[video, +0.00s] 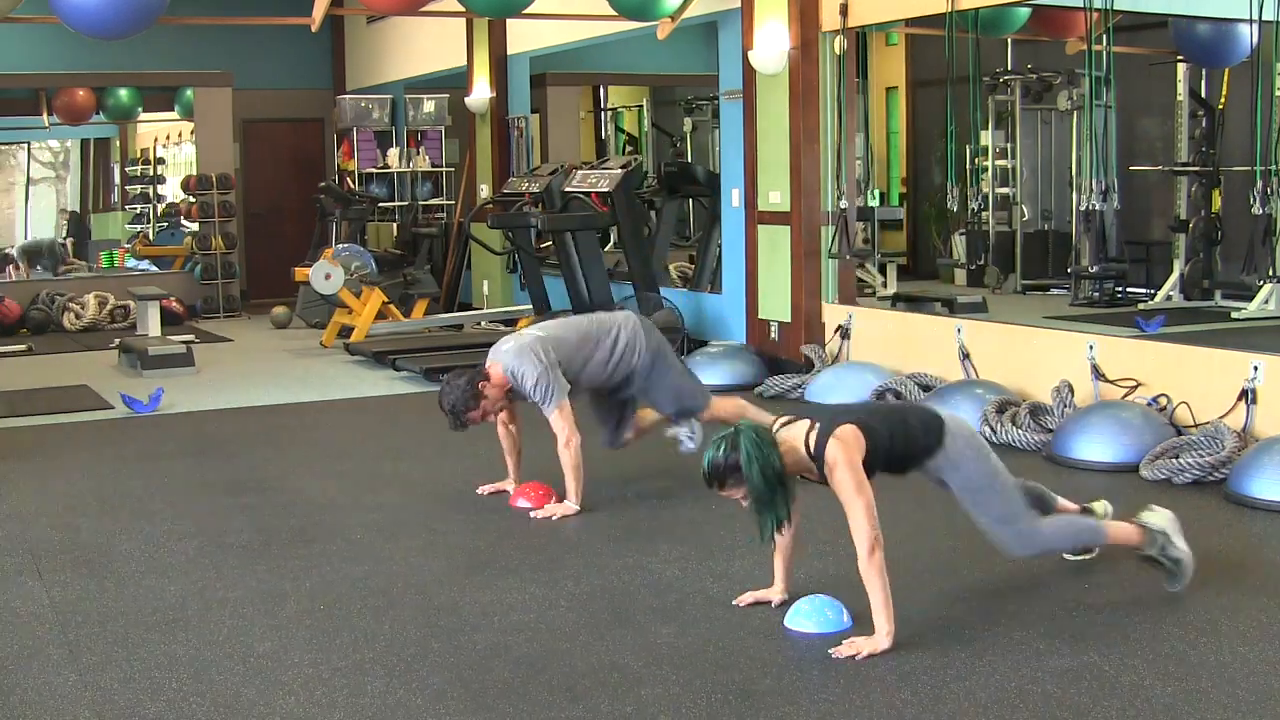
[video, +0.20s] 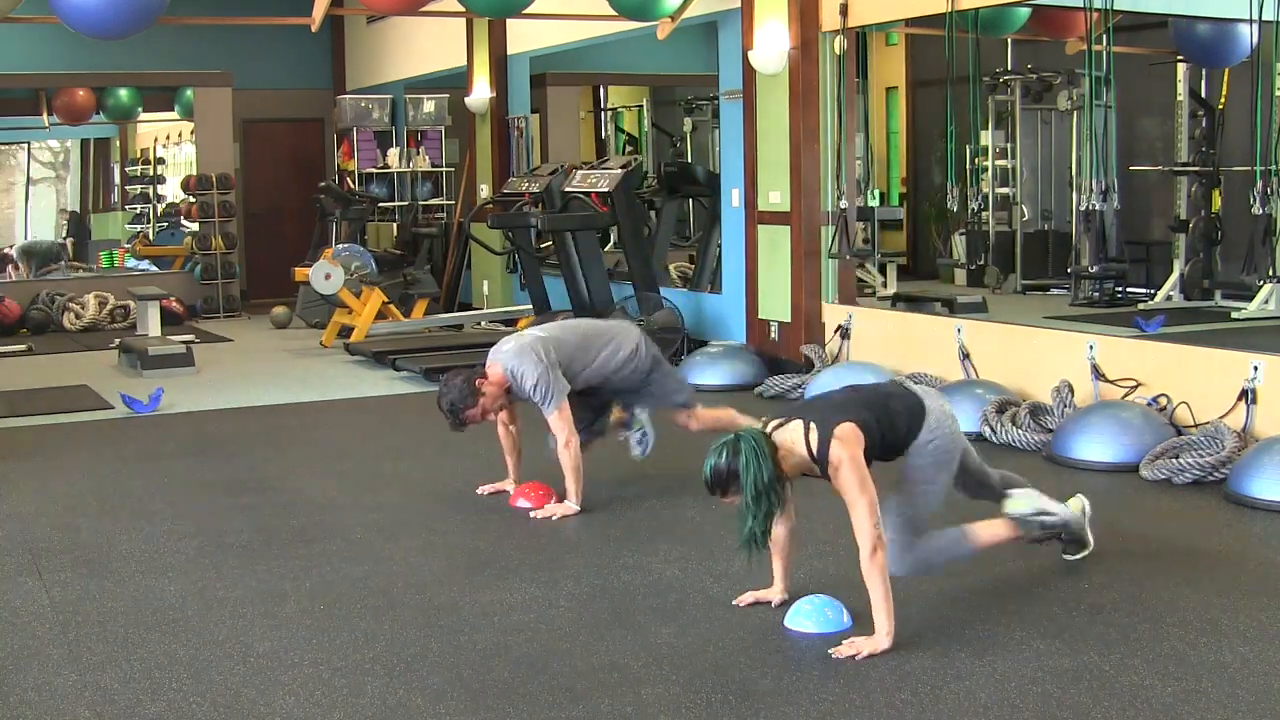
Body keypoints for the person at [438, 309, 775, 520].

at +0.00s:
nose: (491, 418)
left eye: (485, 414)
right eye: (484, 418)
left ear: (485, 388)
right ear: (482, 387)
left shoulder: (529, 365)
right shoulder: (496, 371)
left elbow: (566, 435)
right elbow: (507, 423)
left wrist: (573, 502)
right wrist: (513, 481)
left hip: (632, 341)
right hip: (601, 369)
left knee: (697, 405)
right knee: (619, 433)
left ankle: (783, 426)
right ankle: (677, 413)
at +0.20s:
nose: (490, 421)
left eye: (484, 415)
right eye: (483, 420)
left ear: (482, 392)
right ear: (477, 389)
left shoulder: (530, 368)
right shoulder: (494, 371)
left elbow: (566, 439)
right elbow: (507, 423)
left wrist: (573, 501)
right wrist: (512, 480)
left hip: (631, 355)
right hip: (591, 371)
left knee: (692, 420)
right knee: (572, 437)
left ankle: (764, 428)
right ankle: (627, 418)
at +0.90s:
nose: (486, 425)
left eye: (481, 420)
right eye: (480, 424)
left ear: (486, 396)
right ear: (481, 394)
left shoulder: (530, 373)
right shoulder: (492, 372)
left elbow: (567, 439)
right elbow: (506, 425)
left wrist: (573, 502)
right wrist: (513, 479)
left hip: (633, 341)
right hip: (606, 366)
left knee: (700, 403)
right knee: (632, 426)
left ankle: (781, 424)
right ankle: (695, 404)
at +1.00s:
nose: (487, 423)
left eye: (482, 418)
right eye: (481, 422)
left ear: (486, 396)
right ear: (480, 393)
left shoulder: (531, 371)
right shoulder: (494, 374)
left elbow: (570, 441)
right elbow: (507, 425)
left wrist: (574, 502)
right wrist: (514, 479)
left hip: (636, 356)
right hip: (610, 375)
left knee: (708, 428)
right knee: (657, 431)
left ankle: (782, 433)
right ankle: (725, 416)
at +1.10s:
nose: (487, 419)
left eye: (483, 414)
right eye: (481, 417)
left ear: (491, 393)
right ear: (483, 388)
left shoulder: (539, 369)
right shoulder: (501, 373)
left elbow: (576, 440)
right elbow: (512, 423)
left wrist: (574, 502)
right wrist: (514, 479)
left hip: (643, 386)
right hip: (617, 402)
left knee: (712, 452)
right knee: (669, 451)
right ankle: (727, 429)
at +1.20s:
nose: (485, 421)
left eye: (481, 416)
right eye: (480, 419)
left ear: (488, 397)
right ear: (482, 388)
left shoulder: (535, 371)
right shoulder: (500, 371)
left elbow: (573, 440)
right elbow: (511, 423)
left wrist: (574, 502)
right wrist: (514, 478)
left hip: (640, 374)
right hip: (618, 389)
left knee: (685, 458)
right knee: (661, 443)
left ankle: (756, 450)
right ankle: (735, 424)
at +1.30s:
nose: (477, 421)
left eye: (472, 418)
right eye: (471, 420)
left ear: (481, 399)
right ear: (478, 389)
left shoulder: (525, 371)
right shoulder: (496, 364)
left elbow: (567, 440)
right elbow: (508, 424)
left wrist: (574, 501)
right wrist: (513, 479)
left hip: (632, 358)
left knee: (649, 458)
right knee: (667, 404)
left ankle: (737, 445)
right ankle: (737, 415)